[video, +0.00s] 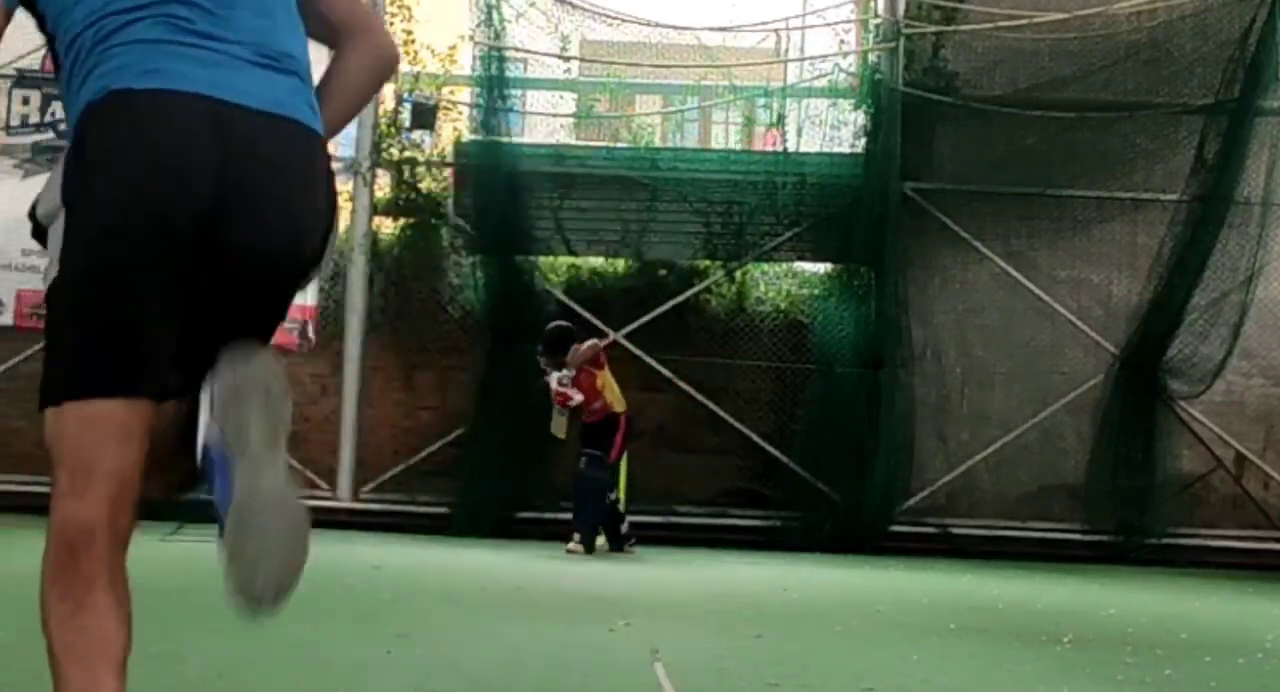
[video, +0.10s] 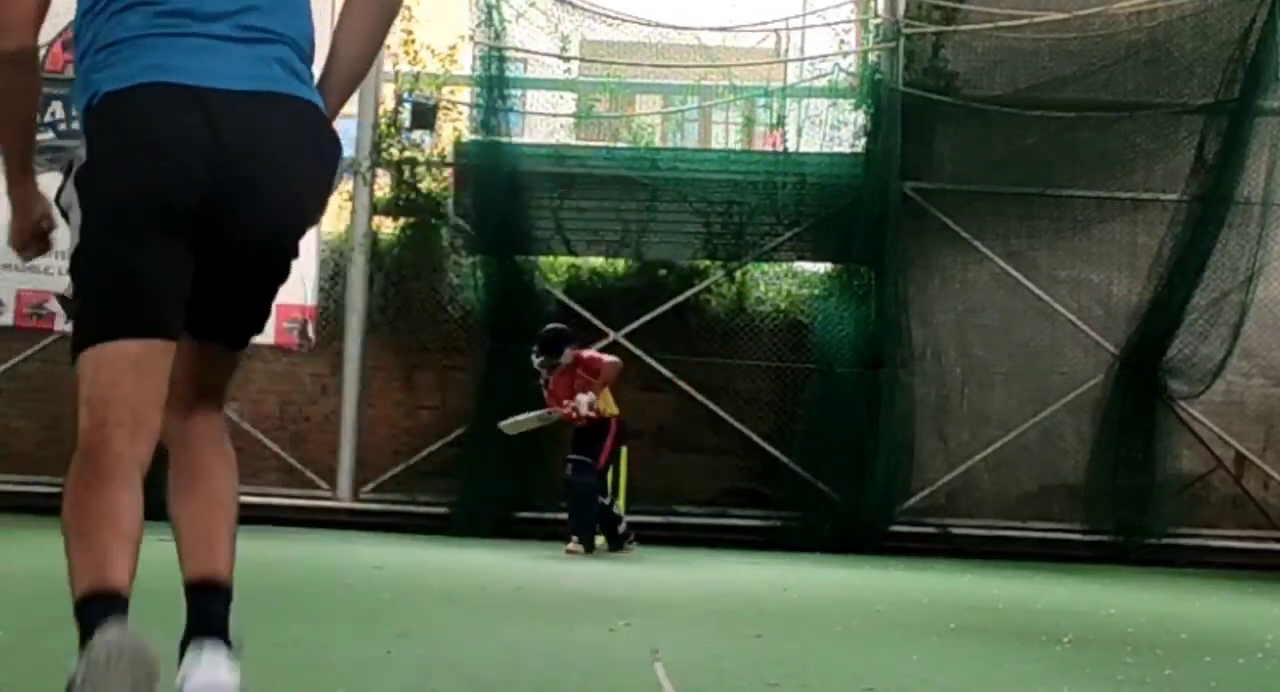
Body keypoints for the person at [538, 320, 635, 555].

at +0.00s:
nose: (549, 366)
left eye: (553, 362)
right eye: (548, 363)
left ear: (566, 353)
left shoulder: (586, 359)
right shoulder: (561, 374)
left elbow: (588, 349)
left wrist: (570, 368)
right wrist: (560, 395)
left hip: (611, 416)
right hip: (589, 420)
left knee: (592, 472)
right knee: (594, 477)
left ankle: (583, 535)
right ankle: (619, 535)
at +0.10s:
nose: (546, 370)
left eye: (551, 364)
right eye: (543, 365)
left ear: (566, 354)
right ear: (541, 360)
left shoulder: (582, 359)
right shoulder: (549, 379)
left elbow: (613, 364)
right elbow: (554, 408)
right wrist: (566, 411)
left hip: (604, 419)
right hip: (582, 423)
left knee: (583, 475)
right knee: (584, 480)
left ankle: (581, 536)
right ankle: (619, 535)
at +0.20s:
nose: (541, 354)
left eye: (546, 347)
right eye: (540, 348)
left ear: (561, 347)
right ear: (543, 350)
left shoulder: (582, 362)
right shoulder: (542, 380)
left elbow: (625, 386)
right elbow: (555, 412)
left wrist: (601, 411)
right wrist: (561, 422)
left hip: (598, 426)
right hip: (572, 430)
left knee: (578, 480)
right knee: (570, 481)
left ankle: (582, 538)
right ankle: (607, 530)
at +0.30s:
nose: (538, 339)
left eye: (544, 333)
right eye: (537, 333)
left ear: (561, 335)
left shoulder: (584, 360)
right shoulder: (541, 363)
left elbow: (618, 394)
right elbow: (548, 398)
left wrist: (591, 414)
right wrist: (547, 415)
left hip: (588, 423)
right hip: (562, 423)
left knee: (575, 480)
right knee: (559, 480)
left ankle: (583, 538)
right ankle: (575, 535)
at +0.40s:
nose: (535, 320)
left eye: (541, 315)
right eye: (534, 315)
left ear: (558, 317)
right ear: (533, 319)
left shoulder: (579, 348)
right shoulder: (534, 350)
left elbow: (607, 384)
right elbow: (538, 387)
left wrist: (583, 405)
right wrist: (527, 404)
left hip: (575, 414)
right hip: (545, 413)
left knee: (566, 475)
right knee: (539, 472)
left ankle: (579, 536)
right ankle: (542, 528)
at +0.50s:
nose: (527, 303)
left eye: (534, 297)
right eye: (526, 297)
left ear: (550, 299)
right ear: (526, 299)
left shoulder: (573, 333)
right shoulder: (526, 331)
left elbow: (596, 371)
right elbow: (528, 368)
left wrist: (578, 397)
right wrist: (517, 395)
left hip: (563, 405)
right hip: (533, 402)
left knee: (556, 471)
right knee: (509, 458)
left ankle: (575, 535)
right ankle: (505, 528)